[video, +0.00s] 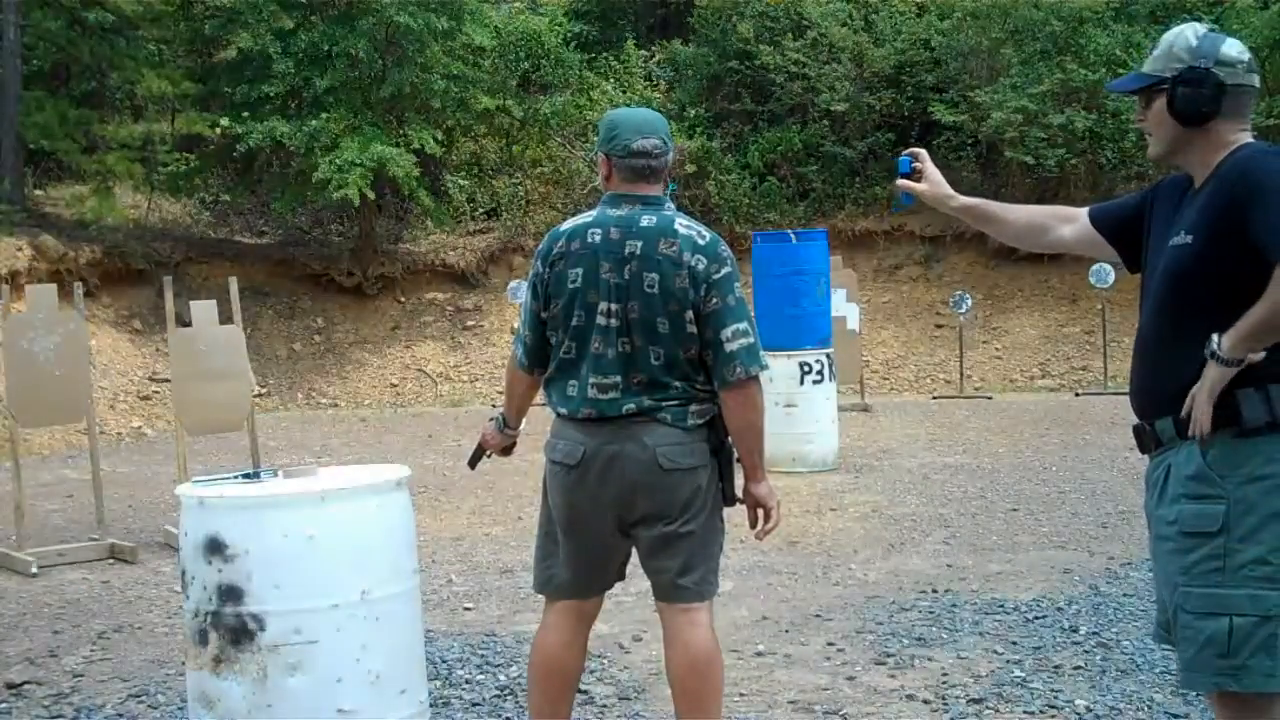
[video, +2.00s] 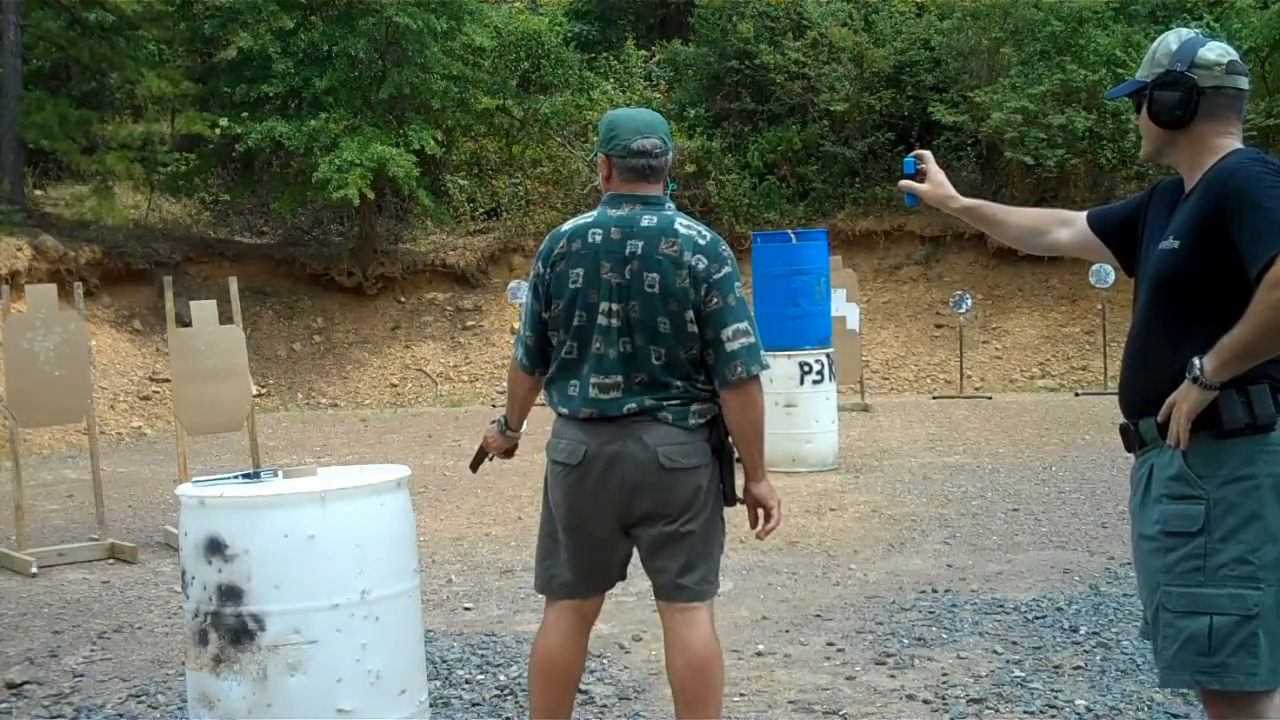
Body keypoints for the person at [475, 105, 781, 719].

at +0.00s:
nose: (596, 169)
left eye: (598, 162)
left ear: (605, 168)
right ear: (670, 168)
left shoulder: (561, 243)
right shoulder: (703, 248)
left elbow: (529, 356)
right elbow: (738, 375)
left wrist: (507, 423)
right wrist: (755, 473)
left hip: (580, 452)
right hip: (676, 453)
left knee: (567, 608)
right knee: (687, 611)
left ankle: (547, 715)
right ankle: (703, 715)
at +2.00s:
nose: (597, 171)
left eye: (598, 163)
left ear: (605, 169)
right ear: (669, 169)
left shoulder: (561, 244)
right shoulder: (704, 248)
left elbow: (530, 357)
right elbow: (738, 375)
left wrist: (509, 425)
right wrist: (756, 473)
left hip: (582, 452)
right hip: (678, 452)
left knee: (568, 607)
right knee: (688, 610)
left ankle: (547, 715)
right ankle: (700, 715)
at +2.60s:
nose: (593, 171)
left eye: (594, 163)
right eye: (597, 162)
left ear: (602, 169)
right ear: (666, 168)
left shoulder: (563, 242)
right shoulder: (705, 245)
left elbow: (525, 333)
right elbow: (743, 370)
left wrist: (500, 383)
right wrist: (759, 469)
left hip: (583, 451)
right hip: (680, 452)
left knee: (567, 607)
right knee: (690, 610)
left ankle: (547, 715)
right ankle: (701, 715)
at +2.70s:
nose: (588, 171)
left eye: (589, 164)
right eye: (591, 163)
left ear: (597, 169)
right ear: (659, 166)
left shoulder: (562, 239)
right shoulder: (704, 243)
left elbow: (514, 301)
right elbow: (746, 365)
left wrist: (485, 312)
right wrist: (766, 464)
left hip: (586, 451)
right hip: (682, 452)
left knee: (568, 607)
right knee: (691, 611)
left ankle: (546, 715)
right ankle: (701, 715)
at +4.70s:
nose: (585, 171)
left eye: (585, 164)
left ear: (590, 170)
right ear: (655, 167)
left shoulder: (561, 230)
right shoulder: (699, 241)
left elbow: (512, 241)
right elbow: (741, 366)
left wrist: (496, 228)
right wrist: (769, 461)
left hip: (584, 446)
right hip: (678, 451)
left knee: (568, 608)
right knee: (691, 611)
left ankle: (547, 716)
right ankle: (701, 716)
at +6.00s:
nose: (585, 172)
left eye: (586, 165)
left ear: (592, 170)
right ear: (658, 166)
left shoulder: (562, 233)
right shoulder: (697, 240)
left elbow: (527, 236)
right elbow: (747, 365)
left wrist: (533, 228)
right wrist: (778, 458)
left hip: (584, 447)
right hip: (682, 452)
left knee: (570, 608)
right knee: (693, 612)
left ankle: (547, 715)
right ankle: (703, 718)